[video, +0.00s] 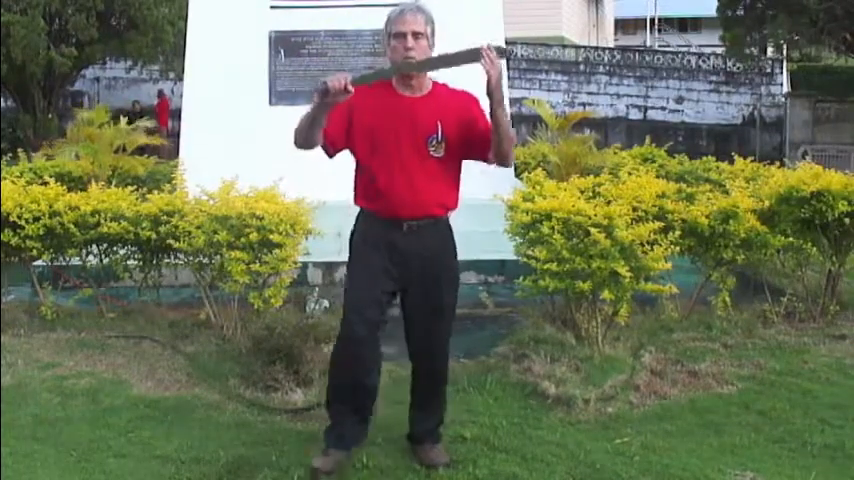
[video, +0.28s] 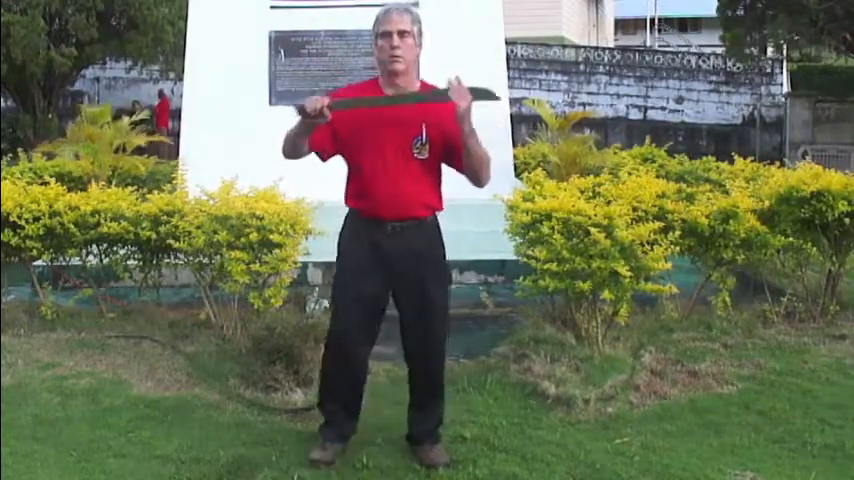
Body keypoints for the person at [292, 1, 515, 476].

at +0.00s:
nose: (408, 44)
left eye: (417, 36)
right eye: (399, 36)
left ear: (431, 44)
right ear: (386, 44)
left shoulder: (458, 103)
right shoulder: (361, 99)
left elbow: (503, 155)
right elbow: (304, 141)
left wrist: (496, 92)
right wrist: (322, 104)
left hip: (433, 237)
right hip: (374, 235)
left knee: (431, 344)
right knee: (356, 333)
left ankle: (426, 438)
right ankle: (340, 441)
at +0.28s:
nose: (394, 43)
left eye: (403, 35)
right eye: (385, 36)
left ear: (419, 45)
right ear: (373, 46)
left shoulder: (438, 104)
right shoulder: (349, 100)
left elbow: (480, 176)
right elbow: (292, 150)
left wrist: (465, 122)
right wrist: (306, 122)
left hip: (420, 236)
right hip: (362, 235)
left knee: (428, 343)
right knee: (345, 338)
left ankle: (426, 437)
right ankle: (334, 433)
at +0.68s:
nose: (365, 68)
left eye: (375, 60)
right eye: (357, 60)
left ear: (390, 68)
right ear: (347, 68)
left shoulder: (422, 125)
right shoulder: (326, 123)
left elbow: (482, 164)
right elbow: (285, 160)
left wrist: (532, 178)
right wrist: (235, 182)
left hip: (408, 252)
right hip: (346, 253)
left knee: (436, 343)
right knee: (332, 347)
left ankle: (446, 443)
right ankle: (334, 436)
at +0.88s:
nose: (390, 96)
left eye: (399, 88)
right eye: (380, 87)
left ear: (411, 98)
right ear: (364, 97)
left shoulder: (440, 153)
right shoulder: (339, 154)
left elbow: (511, 183)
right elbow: (294, 201)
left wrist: (575, 187)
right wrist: (245, 228)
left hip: (422, 272)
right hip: (359, 273)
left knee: (455, 356)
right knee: (335, 366)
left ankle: (497, 465)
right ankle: (334, 438)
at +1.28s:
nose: (501, 107)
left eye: (510, 99)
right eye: (489, 99)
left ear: (518, 110)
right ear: (469, 109)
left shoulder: (519, 168)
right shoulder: (438, 163)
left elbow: (527, 237)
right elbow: (422, 242)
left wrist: (551, 263)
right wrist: (432, 296)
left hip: (474, 284)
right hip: (418, 278)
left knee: (505, 373)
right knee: (375, 371)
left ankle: (500, 471)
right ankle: (330, 438)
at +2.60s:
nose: (335, 198)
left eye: (344, 188)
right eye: (327, 187)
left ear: (367, 176)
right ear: (319, 177)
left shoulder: (402, 219)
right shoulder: (306, 210)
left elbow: (402, 303)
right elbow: (295, 280)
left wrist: (335, 303)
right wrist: (295, 290)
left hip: (390, 326)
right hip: (331, 325)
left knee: (420, 397)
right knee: (305, 397)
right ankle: (320, 459)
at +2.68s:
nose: (339, 215)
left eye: (348, 205)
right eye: (331, 206)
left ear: (370, 189)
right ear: (322, 195)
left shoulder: (404, 229)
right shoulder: (310, 219)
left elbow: (404, 309)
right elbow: (293, 289)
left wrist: (352, 340)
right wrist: (294, 306)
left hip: (389, 331)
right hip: (328, 332)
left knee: (422, 401)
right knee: (305, 397)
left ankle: (429, 460)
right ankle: (319, 457)